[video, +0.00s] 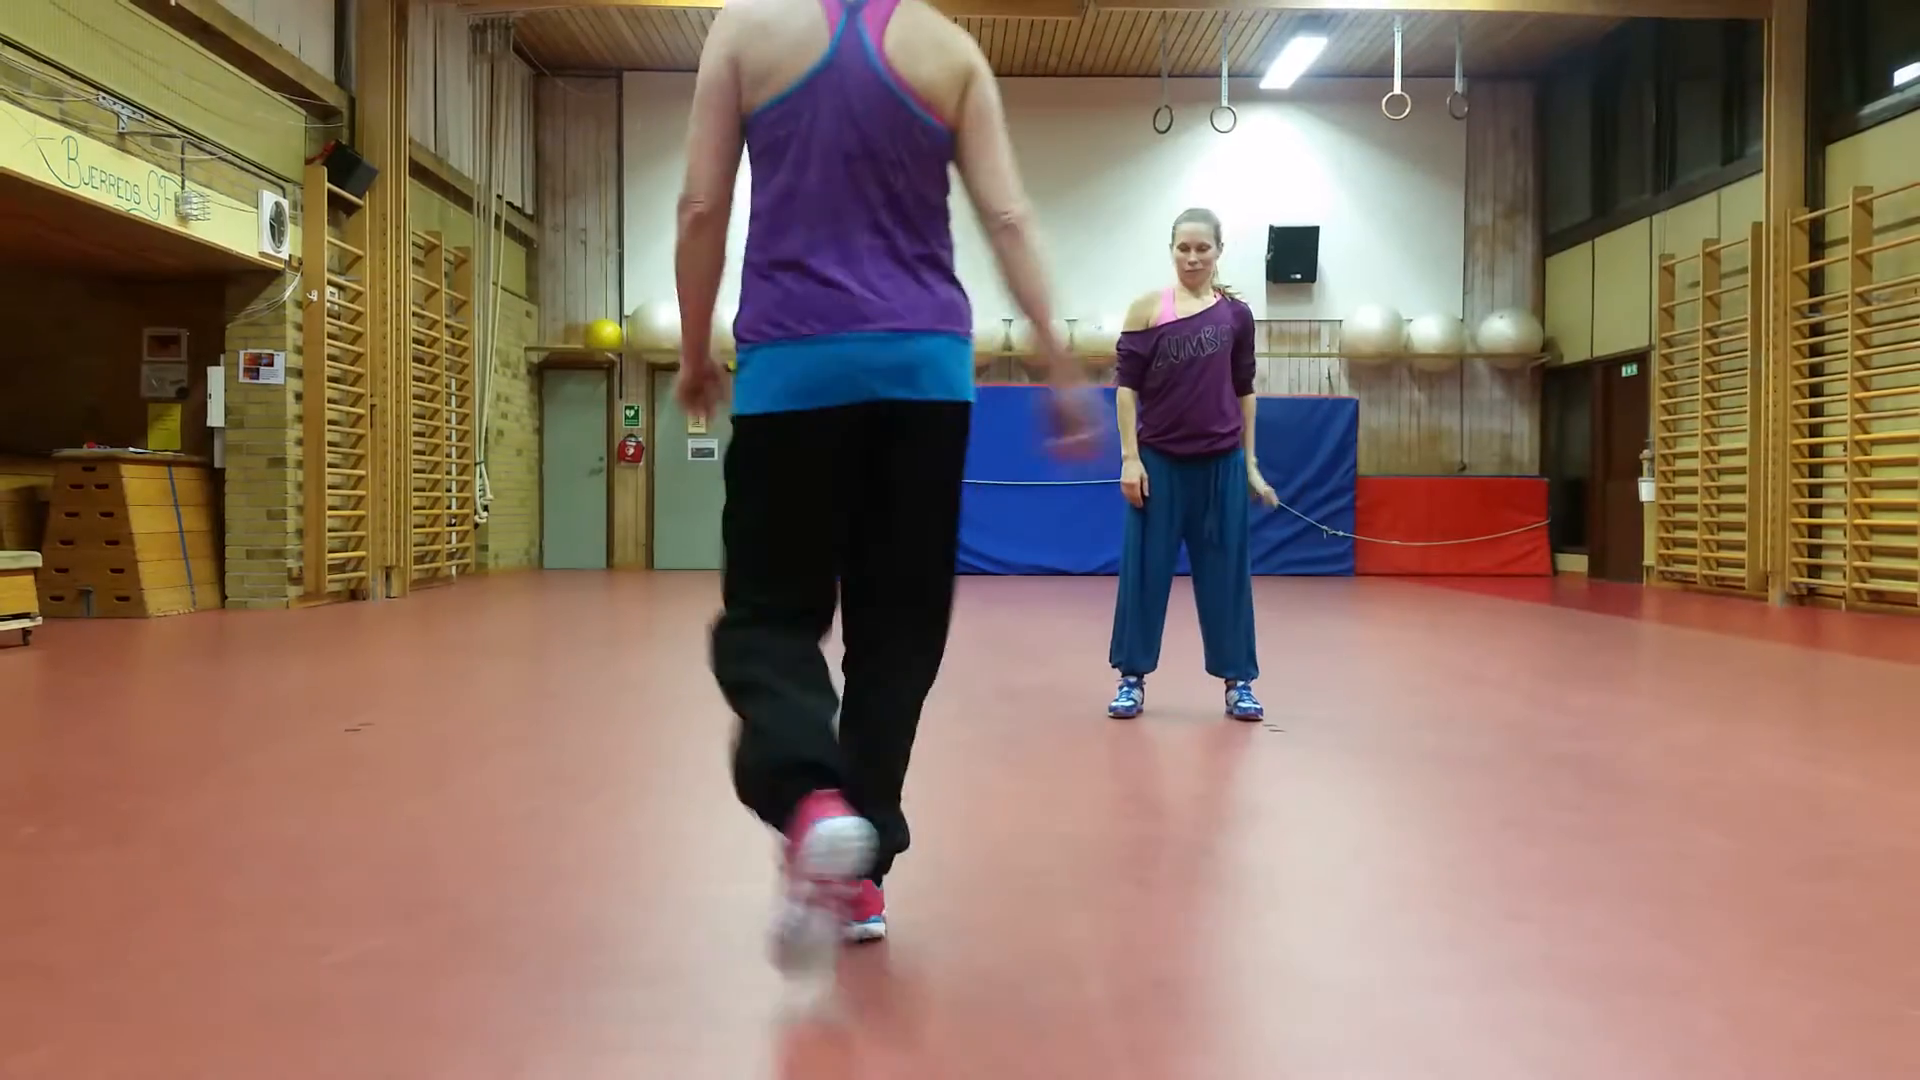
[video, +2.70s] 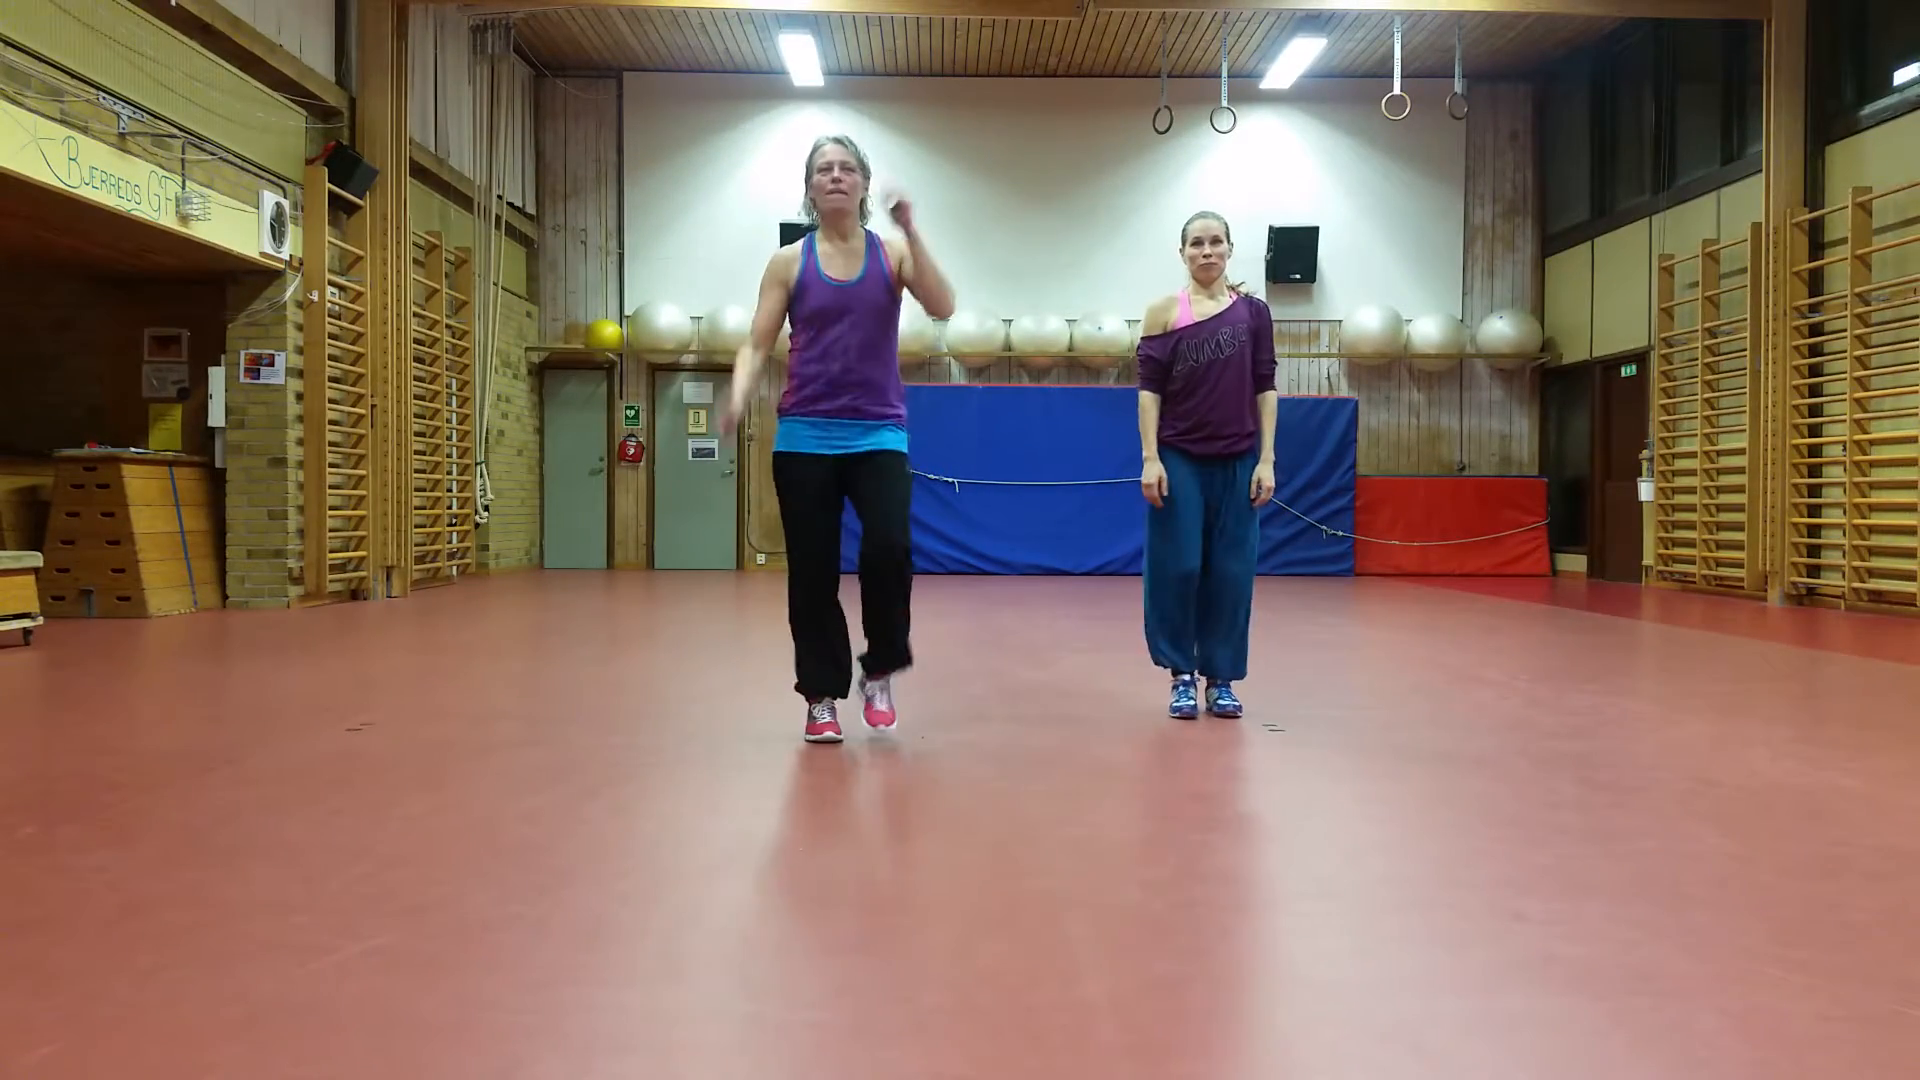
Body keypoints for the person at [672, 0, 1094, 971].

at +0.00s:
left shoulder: (745, 27)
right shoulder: (951, 45)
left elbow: (703, 207)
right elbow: (1006, 215)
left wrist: (696, 355)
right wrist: (1058, 364)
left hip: (794, 377)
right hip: (927, 377)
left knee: (769, 614)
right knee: (897, 634)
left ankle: (815, 806)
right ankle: (860, 876)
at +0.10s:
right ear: (887, 1)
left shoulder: (737, 56)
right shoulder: (933, 72)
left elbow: (718, 211)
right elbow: (977, 248)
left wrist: (697, 364)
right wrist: (951, 344)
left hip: (775, 378)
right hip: (903, 379)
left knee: (756, 589)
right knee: (888, 621)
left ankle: (754, 815)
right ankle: (861, 869)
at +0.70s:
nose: (865, 137)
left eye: (861, 124)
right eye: (862, 126)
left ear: (787, 130)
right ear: (848, 132)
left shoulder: (747, 202)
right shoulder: (876, 211)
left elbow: (737, 300)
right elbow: (888, 299)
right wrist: (919, 382)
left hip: (755, 431)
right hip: (846, 438)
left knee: (743, 583)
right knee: (840, 581)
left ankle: (727, 756)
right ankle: (823, 738)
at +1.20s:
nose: (854, 197)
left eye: (864, 189)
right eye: (841, 187)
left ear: (876, 205)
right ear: (818, 200)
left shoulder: (876, 279)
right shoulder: (794, 270)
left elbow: (862, 363)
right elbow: (789, 368)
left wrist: (904, 382)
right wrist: (872, 342)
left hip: (868, 447)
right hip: (809, 445)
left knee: (865, 566)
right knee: (849, 559)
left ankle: (834, 695)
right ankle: (813, 717)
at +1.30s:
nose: (844, 193)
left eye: (856, 185)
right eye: (833, 182)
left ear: (868, 199)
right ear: (811, 191)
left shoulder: (879, 270)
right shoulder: (783, 266)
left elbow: (894, 354)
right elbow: (764, 362)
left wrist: (918, 362)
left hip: (873, 443)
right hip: (811, 441)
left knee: (866, 569)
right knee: (827, 563)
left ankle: (843, 693)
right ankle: (808, 707)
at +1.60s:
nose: (817, 186)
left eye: (829, 178)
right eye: (805, 177)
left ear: (846, 192)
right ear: (788, 189)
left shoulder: (866, 255)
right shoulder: (762, 264)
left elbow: (912, 305)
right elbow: (714, 347)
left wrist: (873, 221)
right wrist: (657, 412)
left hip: (855, 441)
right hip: (785, 441)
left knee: (847, 571)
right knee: (777, 567)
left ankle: (837, 691)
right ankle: (766, 692)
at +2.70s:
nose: (836, 177)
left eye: (847, 169)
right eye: (824, 169)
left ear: (865, 184)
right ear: (808, 187)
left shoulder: (893, 250)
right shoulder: (789, 260)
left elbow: (942, 306)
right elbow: (758, 343)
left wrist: (912, 234)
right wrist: (737, 397)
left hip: (879, 432)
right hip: (805, 433)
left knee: (890, 550)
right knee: (812, 568)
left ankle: (880, 674)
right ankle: (821, 697)